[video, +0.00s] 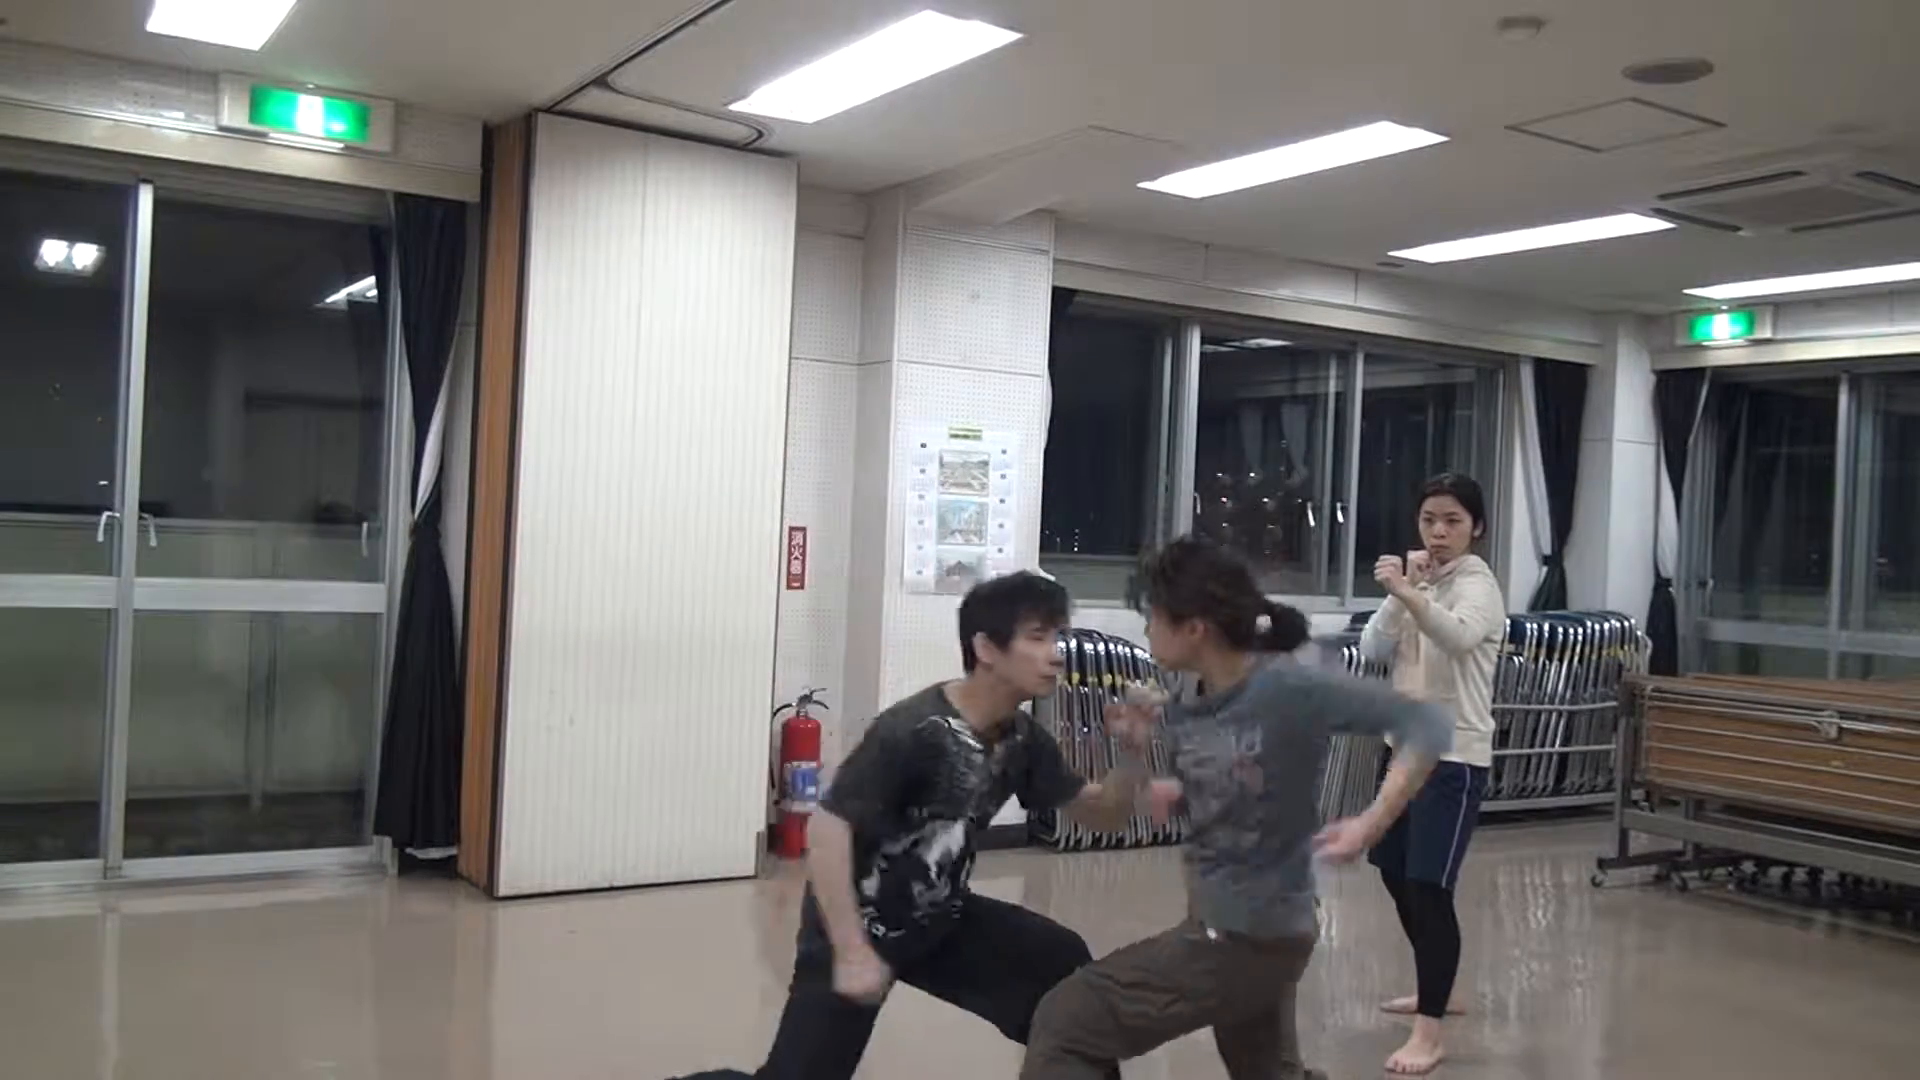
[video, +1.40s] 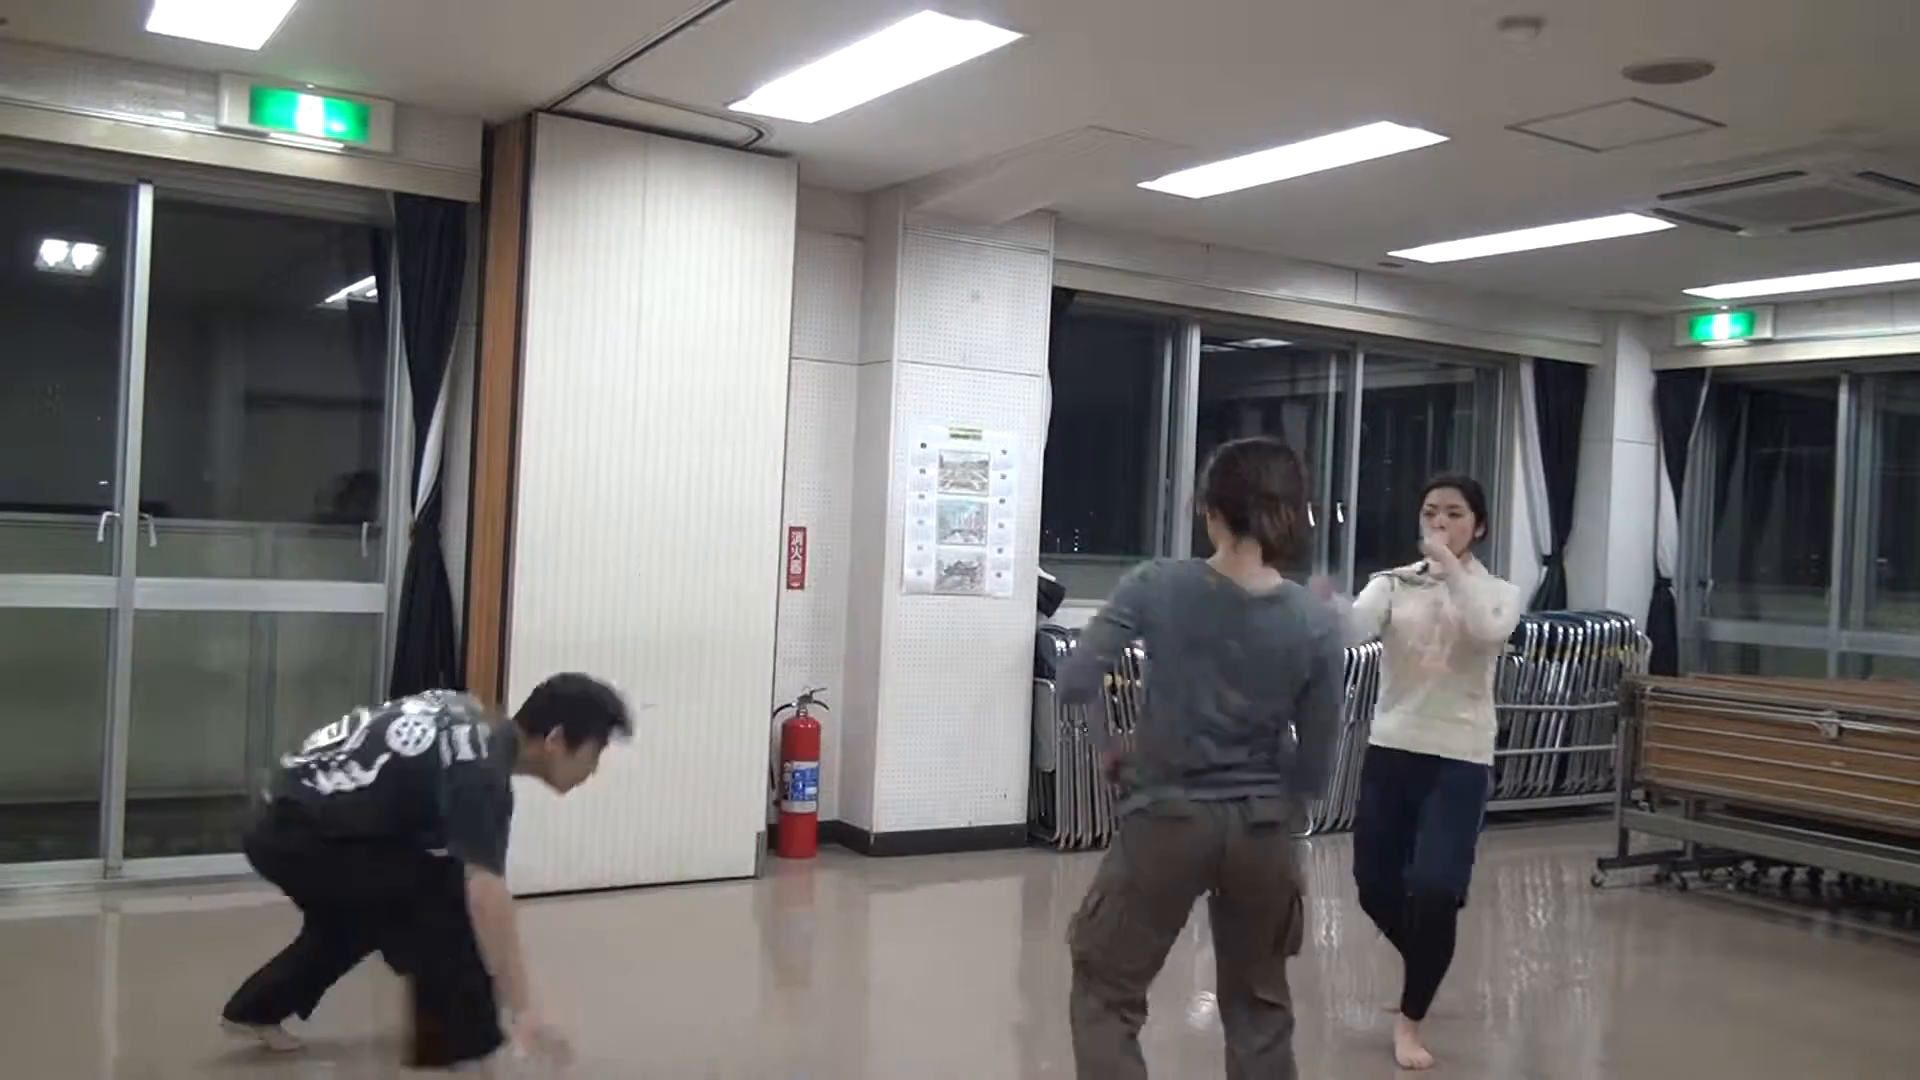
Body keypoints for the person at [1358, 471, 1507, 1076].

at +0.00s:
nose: (1439, 531)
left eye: (1452, 521)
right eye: (1430, 520)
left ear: (1475, 528)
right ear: (1419, 524)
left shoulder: (1479, 582)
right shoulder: (1416, 582)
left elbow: (1461, 637)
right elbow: (1372, 648)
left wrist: (1405, 593)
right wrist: (1404, 591)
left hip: (1456, 758)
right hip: (1408, 752)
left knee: (1429, 887)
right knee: (1390, 864)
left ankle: (1428, 1034)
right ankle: (1437, 986)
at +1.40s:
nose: (1438, 523)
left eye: (1451, 514)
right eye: (1431, 512)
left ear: (1477, 525)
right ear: (1418, 519)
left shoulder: (1496, 590)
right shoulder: (1391, 584)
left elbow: (1488, 630)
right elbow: (1352, 632)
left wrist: (1451, 565)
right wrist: (1326, 610)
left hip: (1461, 758)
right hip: (1391, 750)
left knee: (1434, 891)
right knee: (1375, 886)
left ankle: (1410, 1022)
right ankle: (1426, 958)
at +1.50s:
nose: (1445, 523)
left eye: (1457, 512)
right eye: (1435, 513)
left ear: (1483, 520)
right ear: (1425, 521)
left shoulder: (1508, 592)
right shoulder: (1397, 582)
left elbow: (1498, 651)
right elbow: (1353, 669)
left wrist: (1470, 577)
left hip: (1459, 750)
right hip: (1385, 735)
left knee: (1438, 895)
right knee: (1348, 853)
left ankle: (1410, 1024)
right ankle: (1355, 927)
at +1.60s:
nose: (1444, 522)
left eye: (1457, 511)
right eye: (1435, 512)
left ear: (1483, 517)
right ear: (1424, 519)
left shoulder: (1507, 592)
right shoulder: (1392, 577)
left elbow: (1499, 652)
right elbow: (1358, 649)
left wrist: (1468, 579)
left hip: (1451, 745)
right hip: (1392, 718)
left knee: (1436, 895)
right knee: (1365, 719)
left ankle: (1409, 1022)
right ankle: (1302, 842)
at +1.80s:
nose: (1444, 521)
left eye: (1457, 510)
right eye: (1436, 510)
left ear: (1485, 516)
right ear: (1424, 517)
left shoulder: (1503, 591)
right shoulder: (1396, 571)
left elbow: (1520, 654)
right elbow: (1346, 652)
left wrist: (1477, 584)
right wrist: (1305, 726)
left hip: (1442, 748)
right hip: (1383, 717)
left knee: (1428, 898)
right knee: (1367, 695)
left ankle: (1407, 1022)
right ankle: (1294, 779)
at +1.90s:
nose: (1439, 515)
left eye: (1452, 504)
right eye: (1431, 505)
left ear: (1481, 513)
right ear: (1420, 513)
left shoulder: (1499, 584)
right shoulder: (1391, 567)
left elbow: (1523, 631)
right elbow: (1343, 623)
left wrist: (1472, 573)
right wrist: (1322, 641)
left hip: (1443, 745)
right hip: (1372, 723)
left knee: (1436, 902)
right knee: (1351, 810)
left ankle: (1408, 1023)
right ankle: (1324, 952)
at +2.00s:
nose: (1419, 514)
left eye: (1434, 504)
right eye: (1412, 503)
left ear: (1462, 514)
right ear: (1401, 510)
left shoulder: (1479, 570)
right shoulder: (1380, 569)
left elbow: (1450, 600)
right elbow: (1332, 635)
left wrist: (1375, 586)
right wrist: (1362, 558)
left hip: (1451, 748)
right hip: (1376, 747)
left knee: (1436, 899)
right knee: (1353, 888)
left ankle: (1410, 1026)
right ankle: (1376, 1036)